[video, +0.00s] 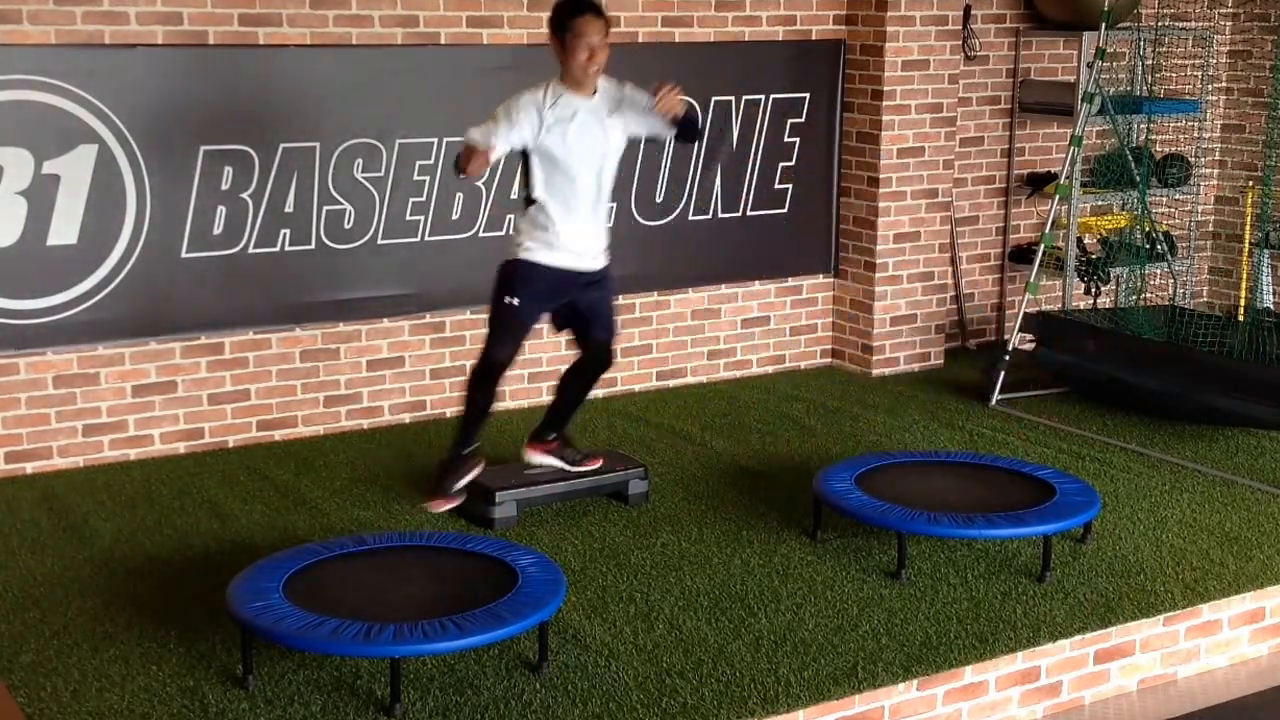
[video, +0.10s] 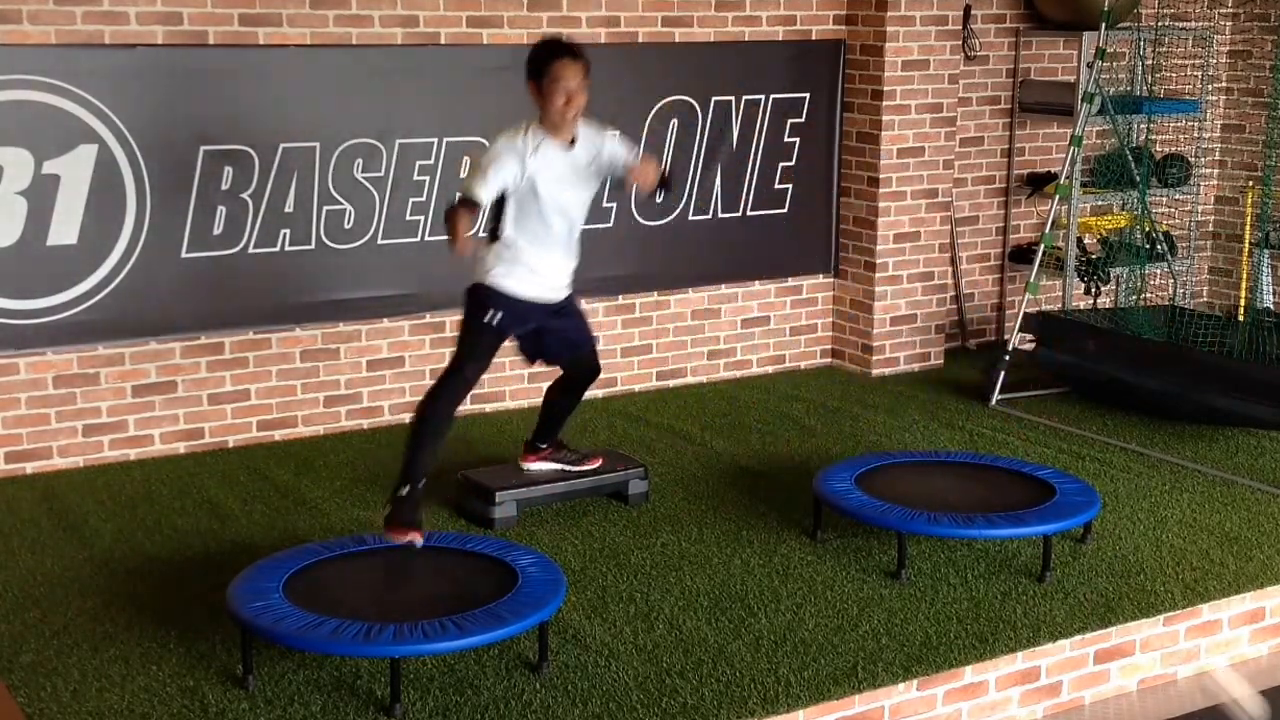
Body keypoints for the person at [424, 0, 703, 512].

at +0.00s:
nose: (596, 56)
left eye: (602, 45)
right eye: (584, 46)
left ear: (609, 46)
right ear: (558, 46)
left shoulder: (622, 101)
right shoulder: (535, 106)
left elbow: (691, 133)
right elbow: (477, 146)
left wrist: (682, 111)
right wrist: (473, 159)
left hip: (589, 264)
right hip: (534, 260)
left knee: (599, 353)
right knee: (495, 358)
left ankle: (547, 439)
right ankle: (462, 458)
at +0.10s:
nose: (572, 100)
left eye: (579, 89)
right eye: (561, 91)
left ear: (588, 91)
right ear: (537, 93)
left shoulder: (599, 143)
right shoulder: (515, 147)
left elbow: (648, 168)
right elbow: (469, 203)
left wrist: (648, 171)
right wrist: (461, 231)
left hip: (554, 295)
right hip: (501, 289)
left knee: (584, 368)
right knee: (459, 380)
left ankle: (541, 448)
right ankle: (406, 501)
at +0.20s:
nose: (544, 150)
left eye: (551, 140)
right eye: (532, 140)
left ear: (558, 142)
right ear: (505, 143)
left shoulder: (567, 193)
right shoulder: (483, 197)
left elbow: (617, 229)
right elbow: (456, 266)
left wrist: (623, 248)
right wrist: (454, 319)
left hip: (522, 330)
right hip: (468, 334)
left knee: (569, 389)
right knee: (429, 429)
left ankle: (540, 450)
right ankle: (388, 551)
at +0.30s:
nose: (509, 210)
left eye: (517, 199)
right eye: (497, 199)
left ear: (527, 201)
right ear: (470, 203)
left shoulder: (535, 239)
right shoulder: (458, 252)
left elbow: (584, 272)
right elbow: (446, 319)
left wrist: (595, 303)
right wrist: (450, 384)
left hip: (495, 352)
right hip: (436, 350)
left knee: (552, 413)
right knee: (411, 416)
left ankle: (541, 450)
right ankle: (389, 536)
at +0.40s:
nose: (483, 260)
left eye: (491, 247)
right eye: (471, 250)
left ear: (499, 243)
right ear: (445, 252)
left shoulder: (516, 271)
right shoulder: (429, 300)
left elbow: (574, 294)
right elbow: (430, 365)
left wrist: (576, 349)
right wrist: (439, 419)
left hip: (484, 372)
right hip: (421, 370)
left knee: (538, 420)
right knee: (397, 432)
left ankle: (541, 450)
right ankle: (386, 540)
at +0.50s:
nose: (464, 285)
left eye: (474, 272)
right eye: (451, 275)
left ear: (484, 264)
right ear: (428, 273)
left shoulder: (504, 287)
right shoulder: (414, 317)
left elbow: (570, 303)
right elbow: (408, 374)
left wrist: (562, 368)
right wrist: (412, 403)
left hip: (484, 373)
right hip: (425, 379)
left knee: (527, 414)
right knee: (397, 423)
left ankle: (542, 446)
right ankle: (387, 542)